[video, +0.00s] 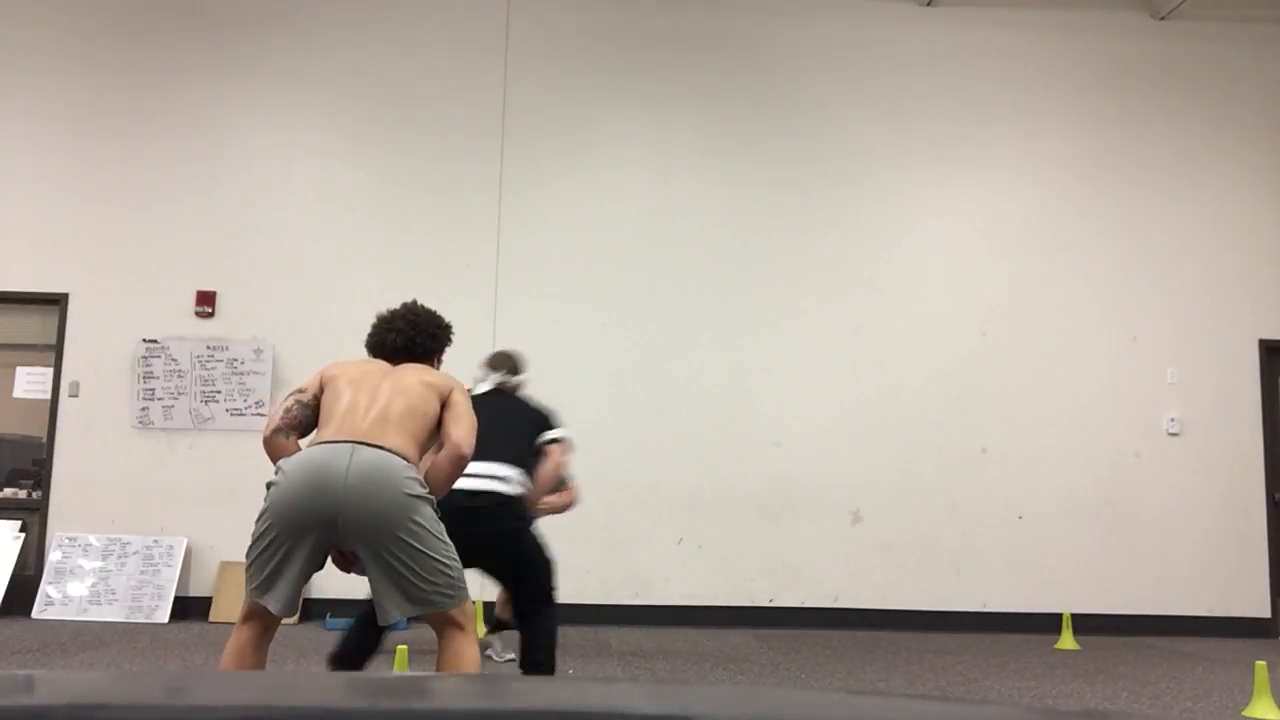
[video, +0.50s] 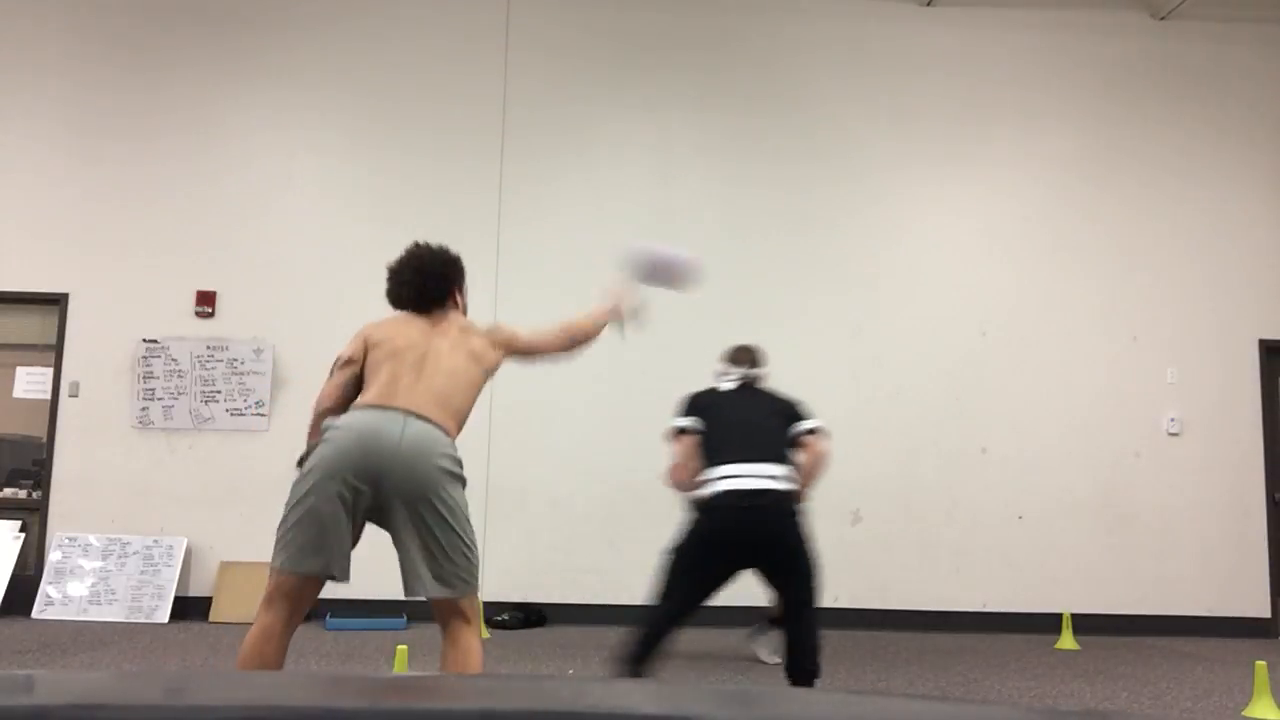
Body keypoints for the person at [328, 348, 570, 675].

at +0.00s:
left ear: (482, 375)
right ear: (518, 380)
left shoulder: (456, 404)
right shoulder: (537, 416)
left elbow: (425, 455)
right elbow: (555, 462)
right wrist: (527, 504)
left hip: (443, 515)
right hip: (502, 520)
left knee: (391, 585)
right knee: (536, 598)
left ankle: (339, 671)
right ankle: (538, 688)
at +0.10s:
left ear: (525, 363)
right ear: (563, 368)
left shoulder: (495, 393)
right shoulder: (584, 400)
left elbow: (471, 444)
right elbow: (603, 445)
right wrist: (582, 489)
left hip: (498, 503)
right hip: (554, 507)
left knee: (454, 582)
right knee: (566, 597)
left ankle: (409, 653)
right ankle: (552, 681)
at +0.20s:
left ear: (566, 362)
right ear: (604, 366)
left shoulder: (538, 390)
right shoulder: (622, 397)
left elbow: (517, 429)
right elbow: (647, 440)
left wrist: (518, 471)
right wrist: (632, 480)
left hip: (544, 499)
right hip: (601, 502)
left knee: (516, 584)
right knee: (618, 584)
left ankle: (504, 665)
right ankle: (602, 667)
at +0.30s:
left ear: (611, 371)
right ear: (649, 376)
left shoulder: (583, 402)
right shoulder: (665, 407)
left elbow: (560, 448)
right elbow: (690, 447)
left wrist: (566, 486)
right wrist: (674, 487)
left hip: (588, 516)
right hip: (646, 516)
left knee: (558, 596)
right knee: (684, 589)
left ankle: (535, 675)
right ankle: (697, 670)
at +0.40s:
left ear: (667, 374)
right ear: (705, 378)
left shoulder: (639, 405)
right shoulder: (725, 412)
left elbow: (619, 453)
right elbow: (744, 485)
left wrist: (623, 490)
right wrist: (726, 497)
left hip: (647, 524)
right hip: (704, 524)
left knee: (603, 599)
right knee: (747, 601)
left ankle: (555, 661)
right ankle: (779, 675)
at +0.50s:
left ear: (723, 371)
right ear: (761, 373)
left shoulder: (700, 402)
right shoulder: (782, 405)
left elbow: (682, 468)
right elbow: (816, 450)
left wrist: (693, 484)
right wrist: (798, 487)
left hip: (721, 519)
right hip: (776, 520)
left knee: (678, 598)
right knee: (798, 600)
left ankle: (633, 665)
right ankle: (803, 679)